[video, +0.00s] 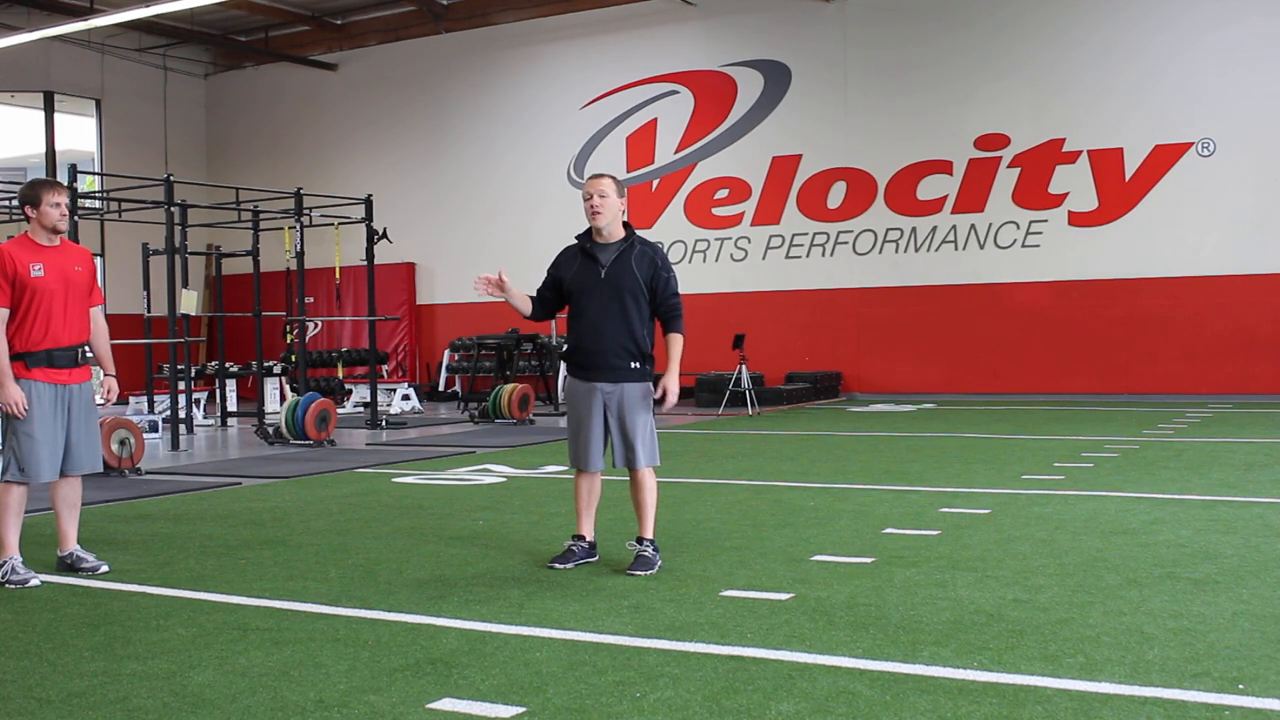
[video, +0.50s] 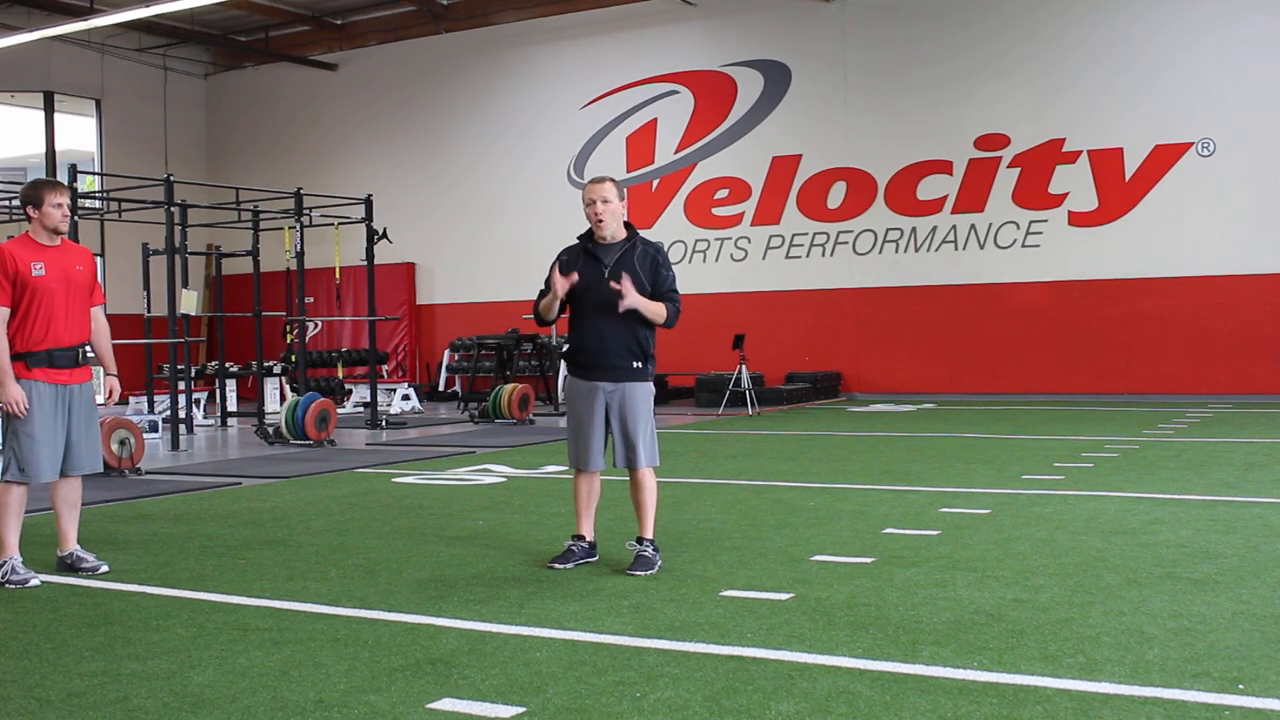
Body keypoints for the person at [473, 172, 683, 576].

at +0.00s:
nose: (593, 203)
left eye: (601, 196)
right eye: (588, 198)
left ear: (622, 203)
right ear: (584, 207)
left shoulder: (650, 256)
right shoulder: (571, 257)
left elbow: (672, 317)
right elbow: (540, 309)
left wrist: (672, 372)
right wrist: (508, 292)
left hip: (632, 380)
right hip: (582, 379)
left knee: (640, 464)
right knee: (585, 464)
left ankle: (647, 544)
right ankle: (584, 542)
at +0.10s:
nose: (593, 203)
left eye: (602, 196)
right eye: (588, 198)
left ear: (622, 203)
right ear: (583, 207)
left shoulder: (649, 255)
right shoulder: (570, 258)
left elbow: (673, 315)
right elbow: (540, 309)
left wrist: (663, 360)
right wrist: (515, 296)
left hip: (632, 380)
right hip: (582, 379)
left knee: (639, 463)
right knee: (585, 463)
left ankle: (646, 544)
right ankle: (584, 542)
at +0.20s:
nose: (594, 204)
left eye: (602, 197)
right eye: (588, 199)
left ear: (622, 204)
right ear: (583, 208)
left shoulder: (649, 255)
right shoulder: (570, 257)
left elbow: (673, 312)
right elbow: (539, 309)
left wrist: (654, 335)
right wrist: (528, 296)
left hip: (632, 379)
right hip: (582, 377)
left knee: (639, 463)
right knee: (585, 462)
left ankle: (646, 544)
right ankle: (583, 542)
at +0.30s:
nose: (595, 206)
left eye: (603, 199)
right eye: (589, 201)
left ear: (622, 205)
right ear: (583, 209)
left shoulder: (650, 256)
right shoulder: (569, 257)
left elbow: (673, 315)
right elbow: (538, 312)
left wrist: (645, 308)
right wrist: (539, 286)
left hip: (632, 379)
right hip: (582, 377)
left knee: (640, 463)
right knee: (585, 462)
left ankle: (646, 544)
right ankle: (584, 542)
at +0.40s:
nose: (596, 208)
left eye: (603, 201)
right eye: (589, 203)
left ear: (622, 205)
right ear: (583, 210)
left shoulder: (651, 255)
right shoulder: (570, 257)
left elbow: (672, 315)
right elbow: (541, 315)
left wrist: (639, 295)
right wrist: (550, 283)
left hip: (632, 379)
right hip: (582, 377)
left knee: (640, 463)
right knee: (585, 463)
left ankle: (646, 544)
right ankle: (583, 542)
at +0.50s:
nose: (597, 209)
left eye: (604, 202)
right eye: (590, 203)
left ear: (623, 205)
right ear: (584, 209)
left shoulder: (651, 255)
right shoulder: (571, 257)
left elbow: (671, 314)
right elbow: (542, 317)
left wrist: (639, 302)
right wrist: (555, 295)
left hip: (633, 379)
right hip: (582, 377)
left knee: (640, 463)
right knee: (585, 462)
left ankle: (646, 544)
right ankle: (583, 542)